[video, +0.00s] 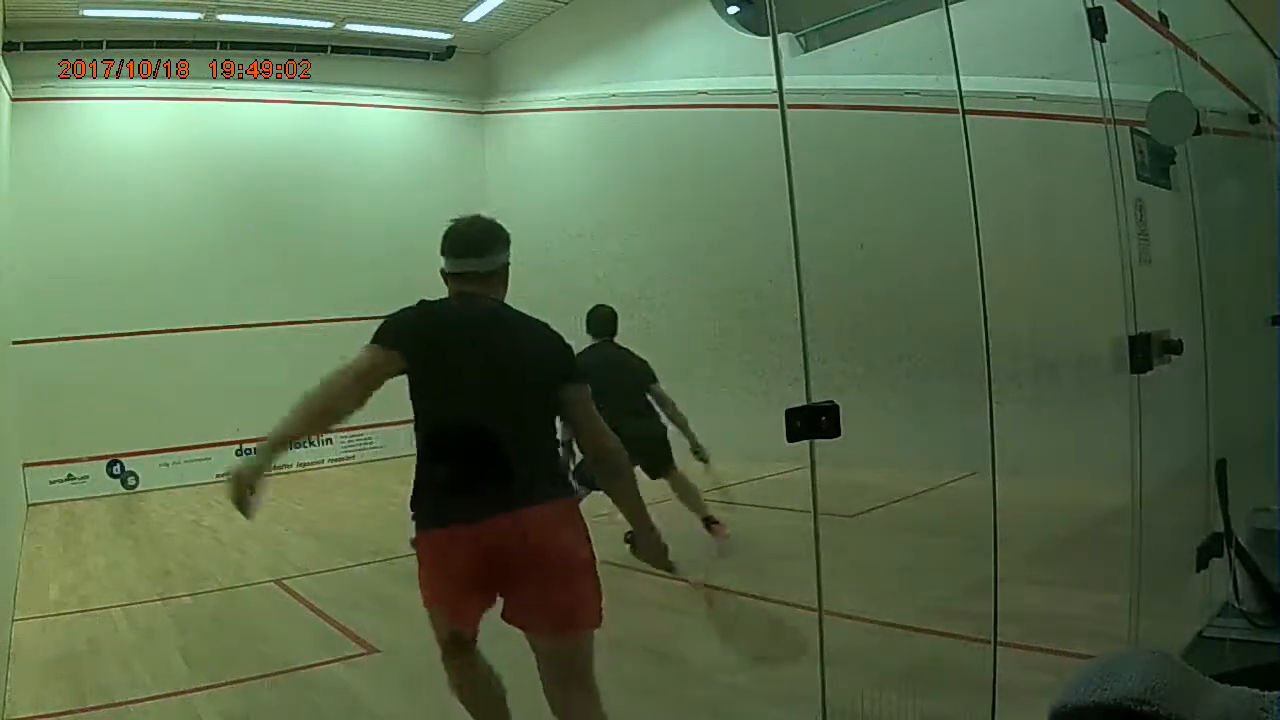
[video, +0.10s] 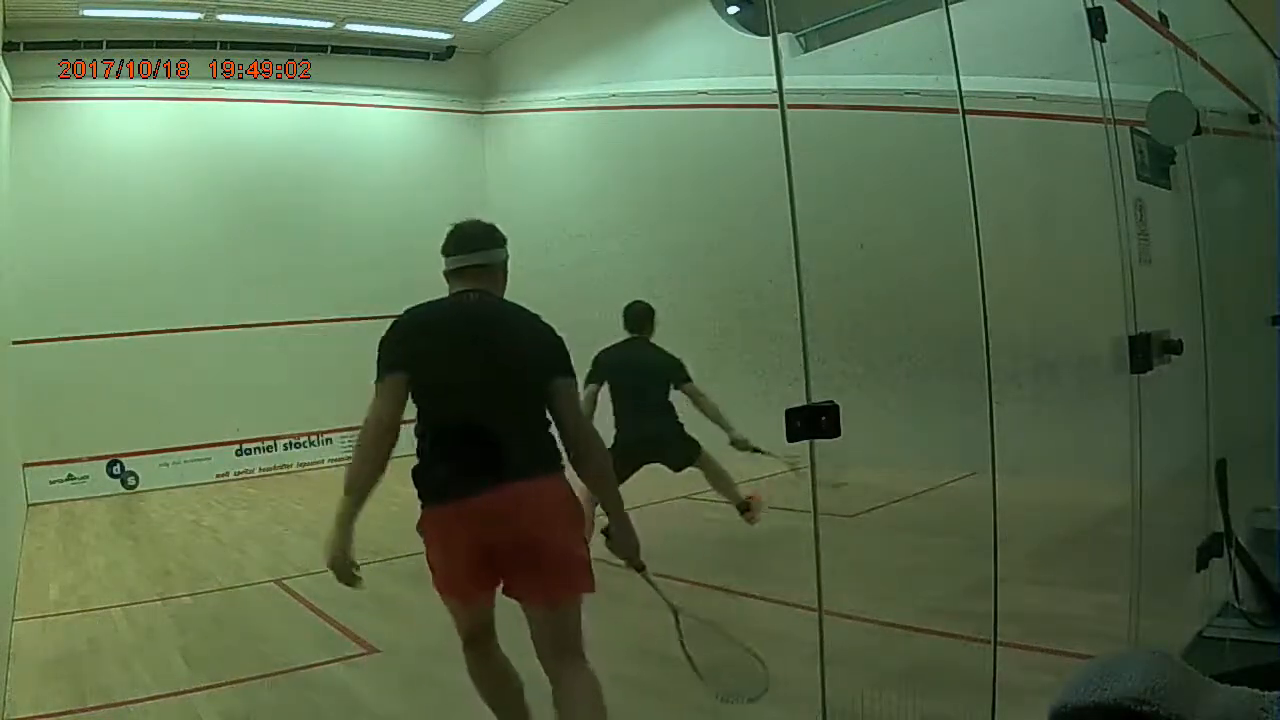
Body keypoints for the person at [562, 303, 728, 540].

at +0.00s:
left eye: (594, 326)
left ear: (588, 329)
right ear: (615, 328)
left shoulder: (578, 365)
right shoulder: (632, 360)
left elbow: (568, 415)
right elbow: (666, 404)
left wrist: (566, 450)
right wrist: (692, 439)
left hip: (607, 444)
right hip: (648, 434)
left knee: (620, 485)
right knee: (672, 473)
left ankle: (643, 533)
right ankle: (707, 518)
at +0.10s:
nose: (651, 326)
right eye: (651, 322)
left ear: (625, 325)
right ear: (651, 325)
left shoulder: (606, 357)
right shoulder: (665, 359)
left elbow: (589, 398)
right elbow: (697, 397)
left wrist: (582, 438)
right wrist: (732, 432)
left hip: (629, 443)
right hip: (669, 438)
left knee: (592, 488)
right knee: (705, 462)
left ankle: (581, 544)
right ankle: (743, 506)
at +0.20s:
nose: (715, 322)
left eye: (710, 316)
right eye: (715, 317)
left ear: (687, 319)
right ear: (711, 321)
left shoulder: (665, 345)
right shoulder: (719, 354)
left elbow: (640, 373)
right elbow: (759, 388)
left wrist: (623, 410)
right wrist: (791, 412)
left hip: (666, 430)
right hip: (704, 430)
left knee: (632, 489)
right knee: (747, 463)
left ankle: (589, 544)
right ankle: (786, 502)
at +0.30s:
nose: (749, 332)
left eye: (740, 328)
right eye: (753, 328)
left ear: (728, 329)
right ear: (755, 329)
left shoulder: (716, 353)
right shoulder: (766, 361)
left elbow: (682, 378)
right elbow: (804, 389)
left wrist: (655, 411)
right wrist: (840, 410)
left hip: (705, 429)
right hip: (742, 432)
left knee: (670, 479)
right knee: (778, 465)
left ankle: (629, 539)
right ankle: (802, 514)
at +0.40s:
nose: (788, 338)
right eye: (791, 333)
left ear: (768, 334)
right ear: (793, 334)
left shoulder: (751, 359)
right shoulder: (801, 360)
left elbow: (715, 389)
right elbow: (840, 383)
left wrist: (689, 418)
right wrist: (869, 399)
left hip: (728, 429)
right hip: (761, 430)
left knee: (709, 488)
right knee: (802, 456)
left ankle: (681, 540)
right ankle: (805, 514)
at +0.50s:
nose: (807, 326)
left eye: (799, 321)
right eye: (809, 322)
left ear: (788, 323)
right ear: (811, 325)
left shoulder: (770, 348)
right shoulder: (813, 351)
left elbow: (736, 382)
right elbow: (856, 373)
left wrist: (715, 417)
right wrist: (890, 393)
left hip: (741, 421)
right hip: (772, 422)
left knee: (738, 484)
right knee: (811, 452)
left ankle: (726, 531)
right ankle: (806, 515)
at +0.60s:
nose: (815, 311)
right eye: (819, 305)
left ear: (796, 302)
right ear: (822, 306)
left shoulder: (778, 330)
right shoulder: (825, 335)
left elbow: (749, 368)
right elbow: (859, 368)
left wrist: (744, 400)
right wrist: (896, 398)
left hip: (764, 408)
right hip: (797, 408)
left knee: (769, 471)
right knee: (816, 449)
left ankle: (780, 518)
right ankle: (807, 513)